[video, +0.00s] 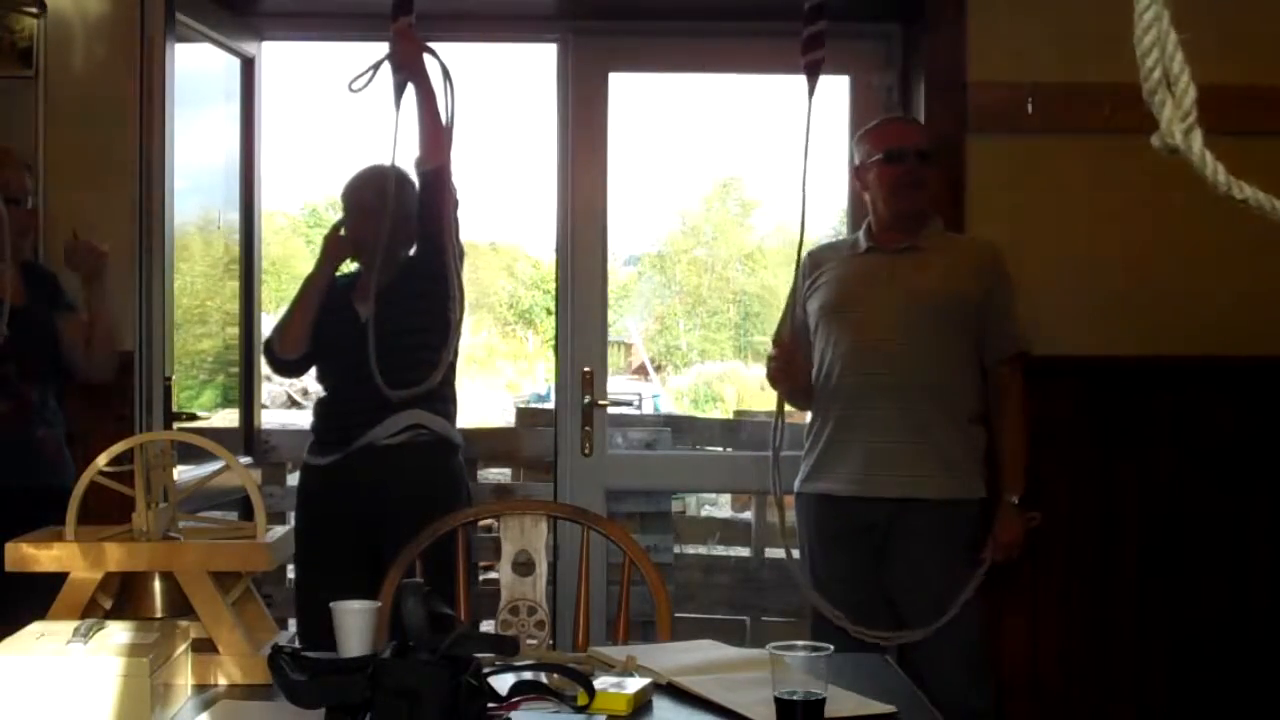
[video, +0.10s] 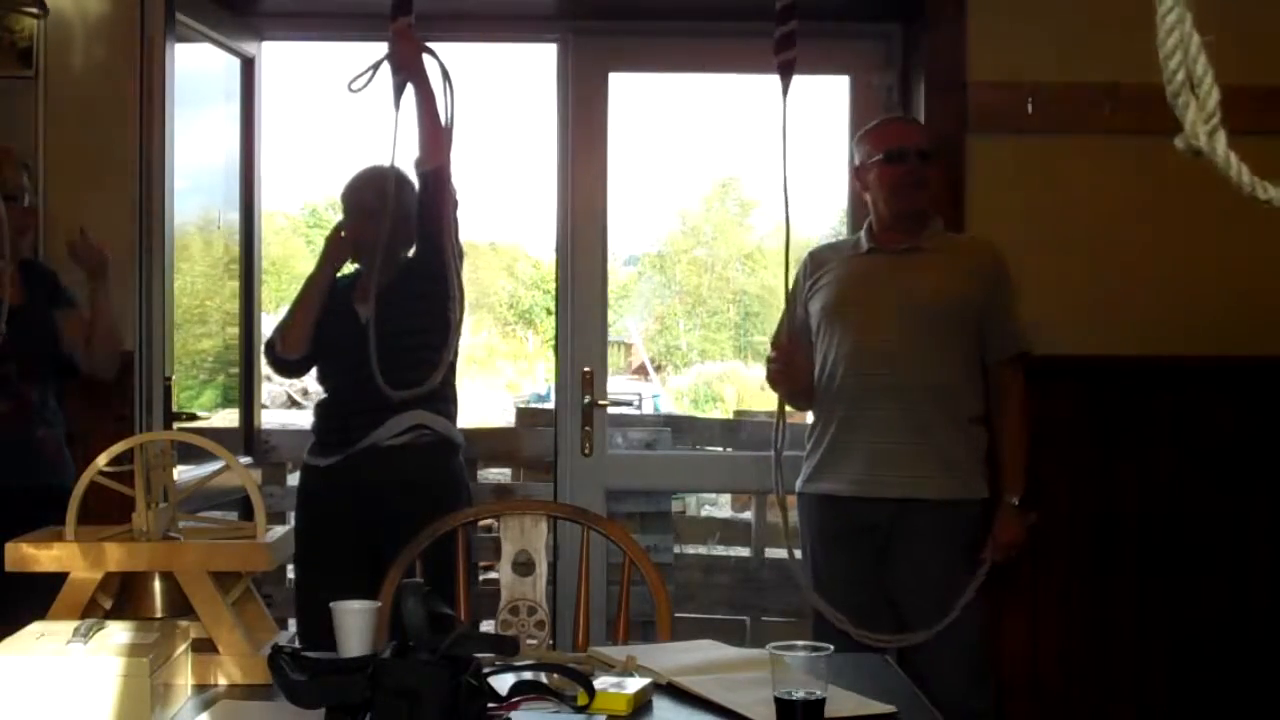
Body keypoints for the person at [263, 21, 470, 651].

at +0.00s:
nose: (359, 221)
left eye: (373, 209)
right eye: (352, 210)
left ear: (407, 217)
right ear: (343, 219)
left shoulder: (432, 278)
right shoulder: (330, 296)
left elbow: (436, 169)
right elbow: (284, 359)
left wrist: (419, 76)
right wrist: (323, 265)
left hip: (417, 462)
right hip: (335, 466)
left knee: (417, 623)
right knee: (327, 636)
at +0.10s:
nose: (359, 223)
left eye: (374, 210)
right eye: (352, 210)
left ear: (406, 218)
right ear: (342, 219)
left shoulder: (432, 278)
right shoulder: (330, 296)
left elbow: (436, 168)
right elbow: (285, 359)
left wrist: (417, 75)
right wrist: (326, 262)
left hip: (418, 462)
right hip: (335, 466)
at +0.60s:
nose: (368, 224)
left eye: (381, 210)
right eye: (362, 214)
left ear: (418, 217)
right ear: (358, 226)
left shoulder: (445, 281)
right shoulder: (346, 300)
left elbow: (440, 169)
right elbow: (292, 355)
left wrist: (418, 78)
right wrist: (327, 268)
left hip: (433, 467)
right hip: (352, 471)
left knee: (434, 627)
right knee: (336, 633)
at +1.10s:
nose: (359, 221)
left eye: (372, 210)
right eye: (361, 211)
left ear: (412, 221)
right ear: (367, 227)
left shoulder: (446, 281)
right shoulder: (348, 297)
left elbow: (449, 169)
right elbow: (280, 325)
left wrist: (431, 78)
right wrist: (318, 245)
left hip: (430, 474)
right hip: (347, 477)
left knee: (433, 635)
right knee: (343, 643)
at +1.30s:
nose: (374, 215)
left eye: (390, 205)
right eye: (370, 207)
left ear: (423, 222)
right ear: (365, 224)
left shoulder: (444, 285)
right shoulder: (342, 289)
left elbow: (444, 173)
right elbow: (264, 285)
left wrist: (425, 78)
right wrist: (302, 204)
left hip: (422, 475)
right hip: (339, 476)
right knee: (331, 645)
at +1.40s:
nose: (384, 204)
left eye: (399, 196)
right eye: (377, 197)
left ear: (426, 217)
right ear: (366, 217)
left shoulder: (441, 282)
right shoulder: (341, 284)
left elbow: (443, 170)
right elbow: (263, 253)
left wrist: (422, 79)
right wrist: (299, 175)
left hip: (417, 475)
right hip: (334, 475)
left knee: (422, 631)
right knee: (327, 641)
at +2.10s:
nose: (416, 191)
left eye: (430, 186)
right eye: (406, 186)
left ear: (449, 210)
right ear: (391, 210)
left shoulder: (460, 273)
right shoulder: (363, 264)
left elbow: (451, 172)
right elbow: (341, 178)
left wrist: (421, 81)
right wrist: (376, 76)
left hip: (432, 458)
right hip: (349, 458)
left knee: (446, 629)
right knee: (349, 635)